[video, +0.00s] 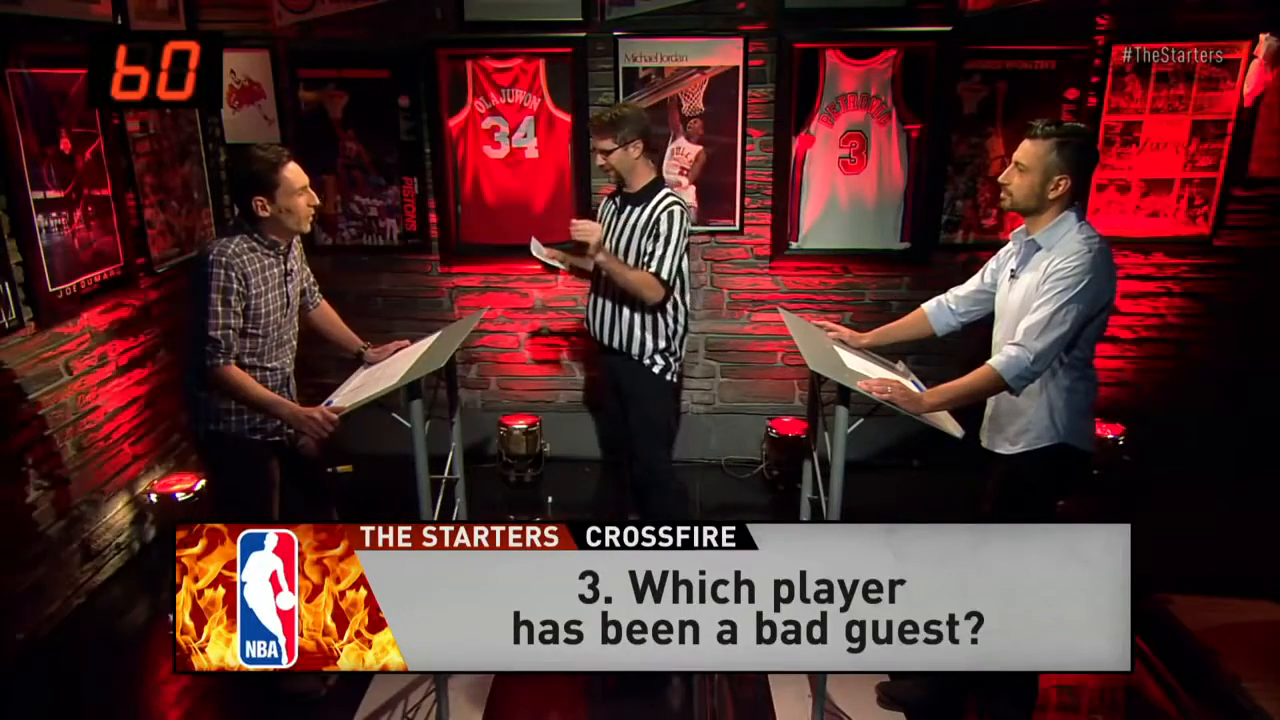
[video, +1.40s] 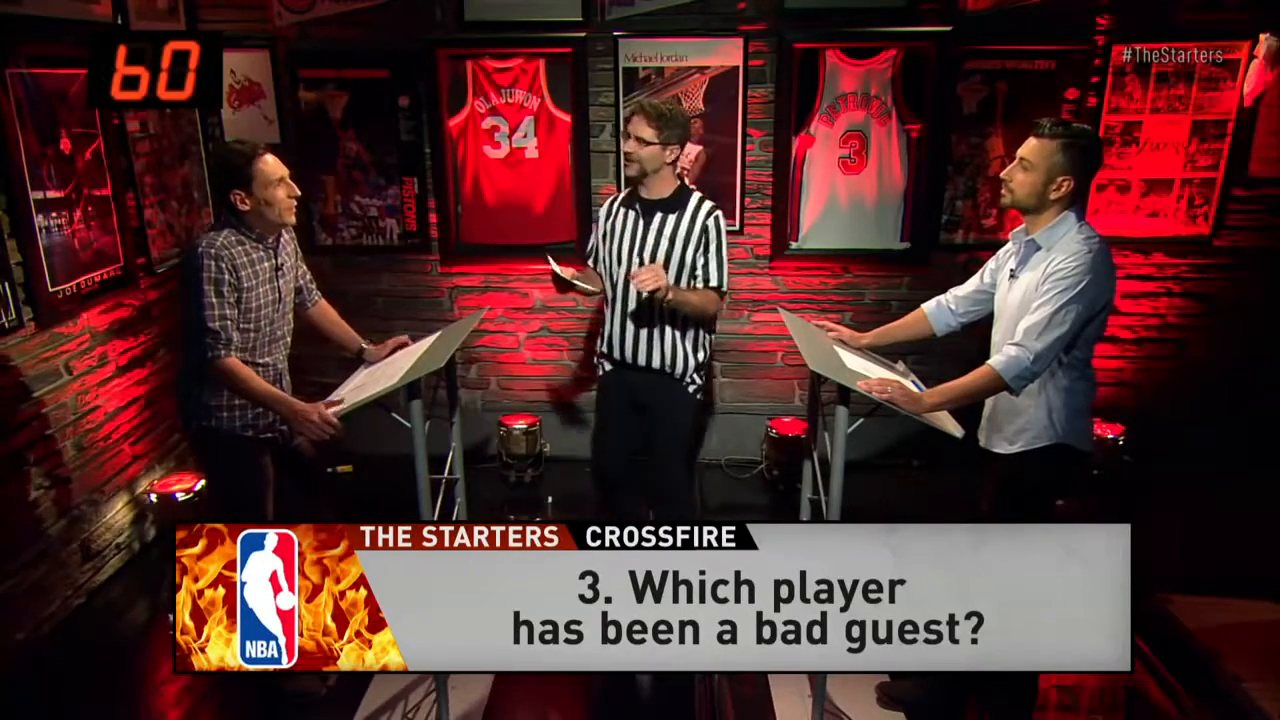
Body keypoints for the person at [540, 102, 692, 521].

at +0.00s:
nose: (599, 162)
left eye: (607, 152)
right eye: (596, 152)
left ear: (637, 148)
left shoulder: (670, 210)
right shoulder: (611, 203)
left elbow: (654, 290)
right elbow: (604, 268)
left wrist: (601, 252)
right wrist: (567, 260)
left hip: (650, 364)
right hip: (609, 355)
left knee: (651, 468)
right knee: (615, 463)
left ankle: (663, 543)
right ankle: (615, 535)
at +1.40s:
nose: (627, 147)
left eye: (640, 140)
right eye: (627, 137)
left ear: (671, 152)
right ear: (624, 138)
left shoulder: (704, 216)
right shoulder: (613, 207)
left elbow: (712, 304)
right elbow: (601, 278)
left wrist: (670, 292)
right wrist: (581, 281)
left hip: (676, 383)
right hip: (618, 375)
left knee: (671, 491)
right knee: (610, 482)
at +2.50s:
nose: (675, 158)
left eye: (685, 147)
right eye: (665, 148)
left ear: (702, 154)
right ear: (649, 154)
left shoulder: (721, 215)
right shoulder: (620, 216)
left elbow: (726, 285)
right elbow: (588, 288)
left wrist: (725, 307)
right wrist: (628, 311)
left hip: (692, 380)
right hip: (631, 382)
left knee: (685, 488)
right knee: (635, 488)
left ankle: (680, 576)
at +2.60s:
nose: (649, 162)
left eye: (661, 152)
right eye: (644, 151)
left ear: (694, 156)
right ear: (639, 153)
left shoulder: (722, 216)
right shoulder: (619, 212)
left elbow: (733, 287)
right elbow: (586, 285)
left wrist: (716, 311)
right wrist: (619, 308)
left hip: (690, 381)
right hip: (628, 380)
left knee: (679, 487)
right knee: (631, 486)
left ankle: (674, 575)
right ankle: (620, 570)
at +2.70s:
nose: (637, 162)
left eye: (650, 155)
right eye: (636, 152)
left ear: (689, 159)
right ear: (639, 151)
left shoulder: (722, 218)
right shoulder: (618, 210)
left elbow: (736, 297)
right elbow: (589, 280)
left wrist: (708, 316)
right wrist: (612, 303)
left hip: (689, 385)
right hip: (625, 381)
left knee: (678, 492)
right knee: (621, 489)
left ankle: (673, 586)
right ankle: (617, 584)